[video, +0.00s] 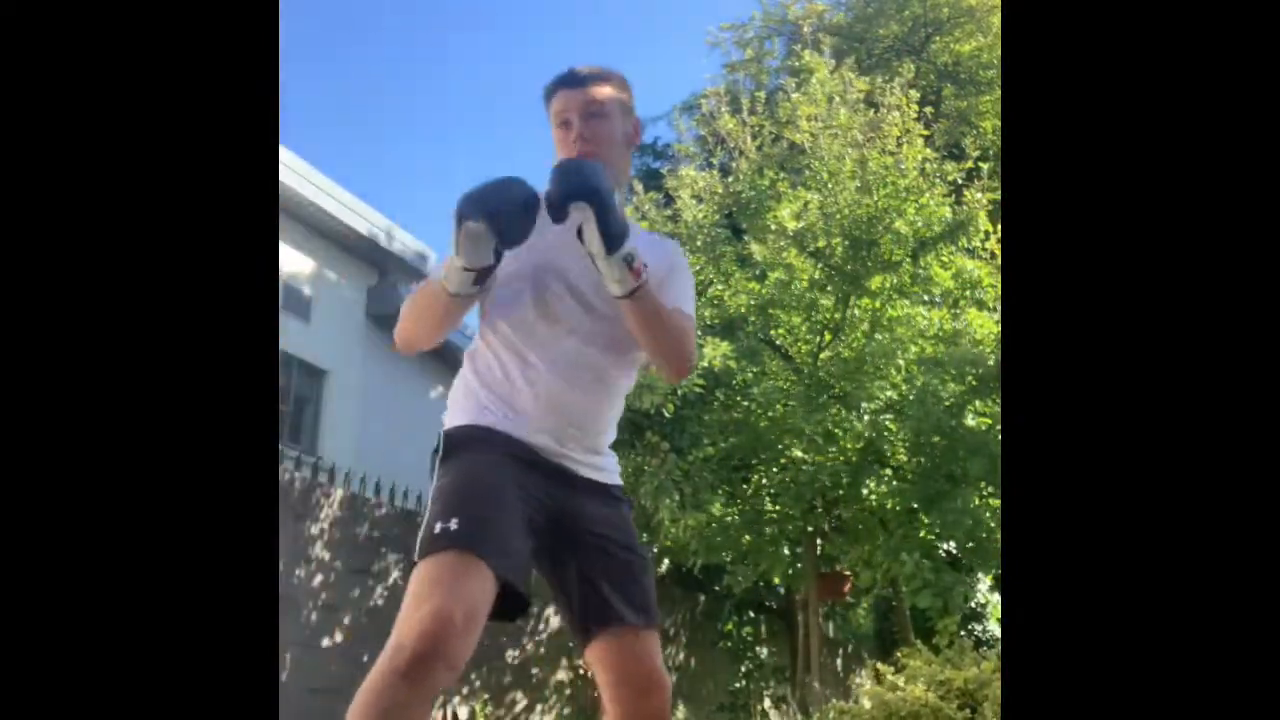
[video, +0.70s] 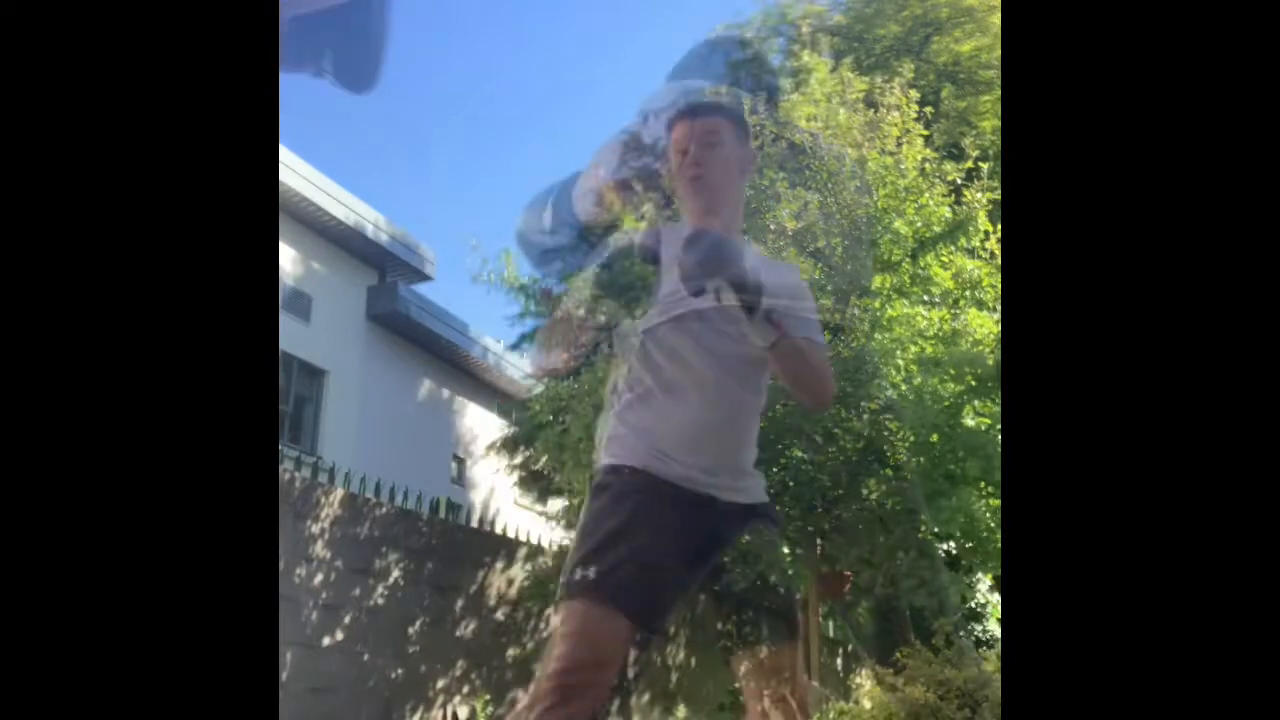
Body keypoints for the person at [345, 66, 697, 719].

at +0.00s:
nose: (579, 129)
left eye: (597, 114)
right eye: (564, 121)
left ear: (635, 133)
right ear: (552, 142)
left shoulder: (660, 252)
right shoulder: (511, 223)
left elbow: (678, 362)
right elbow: (409, 337)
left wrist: (619, 270)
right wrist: (464, 268)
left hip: (591, 469)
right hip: (492, 439)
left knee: (642, 691)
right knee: (432, 642)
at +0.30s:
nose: (568, 119)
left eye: (584, 102)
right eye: (553, 106)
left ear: (625, 109)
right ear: (538, 119)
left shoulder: (667, 211)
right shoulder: (518, 200)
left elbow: (687, 285)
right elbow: (412, 300)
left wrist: (632, 164)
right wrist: (478, 185)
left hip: (628, 468)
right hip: (527, 444)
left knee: (675, 696)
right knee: (492, 645)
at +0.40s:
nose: (590, 151)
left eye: (608, 131)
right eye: (575, 133)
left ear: (635, 130)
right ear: (549, 136)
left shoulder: (677, 221)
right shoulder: (531, 212)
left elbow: (662, 285)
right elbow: (493, 301)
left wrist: (622, 159)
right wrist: (522, 178)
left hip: (641, 473)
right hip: (537, 456)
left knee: (724, 697)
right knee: (492, 643)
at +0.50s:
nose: (643, 151)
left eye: (658, 133)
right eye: (621, 135)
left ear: (679, 143)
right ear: (594, 150)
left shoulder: (707, 249)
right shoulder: (564, 229)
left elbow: (684, 334)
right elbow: (526, 360)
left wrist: (647, 231)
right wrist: (552, 260)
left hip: (655, 488)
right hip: (553, 469)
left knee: (750, 692)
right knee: (503, 646)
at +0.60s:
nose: (667, 169)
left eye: (685, 153)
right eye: (654, 157)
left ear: (724, 172)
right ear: (639, 175)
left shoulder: (742, 281)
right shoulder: (604, 256)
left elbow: (757, 381)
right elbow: (508, 378)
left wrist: (710, 267)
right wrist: (550, 334)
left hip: (687, 491)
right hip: (592, 470)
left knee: (763, 684)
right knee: (552, 639)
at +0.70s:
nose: (691, 158)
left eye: (709, 143)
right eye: (679, 151)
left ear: (749, 161)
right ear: (666, 175)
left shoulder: (779, 277)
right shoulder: (646, 247)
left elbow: (818, 389)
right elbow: (553, 355)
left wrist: (749, 304)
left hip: (736, 498)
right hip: (641, 478)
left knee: (780, 697)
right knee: (573, 681)